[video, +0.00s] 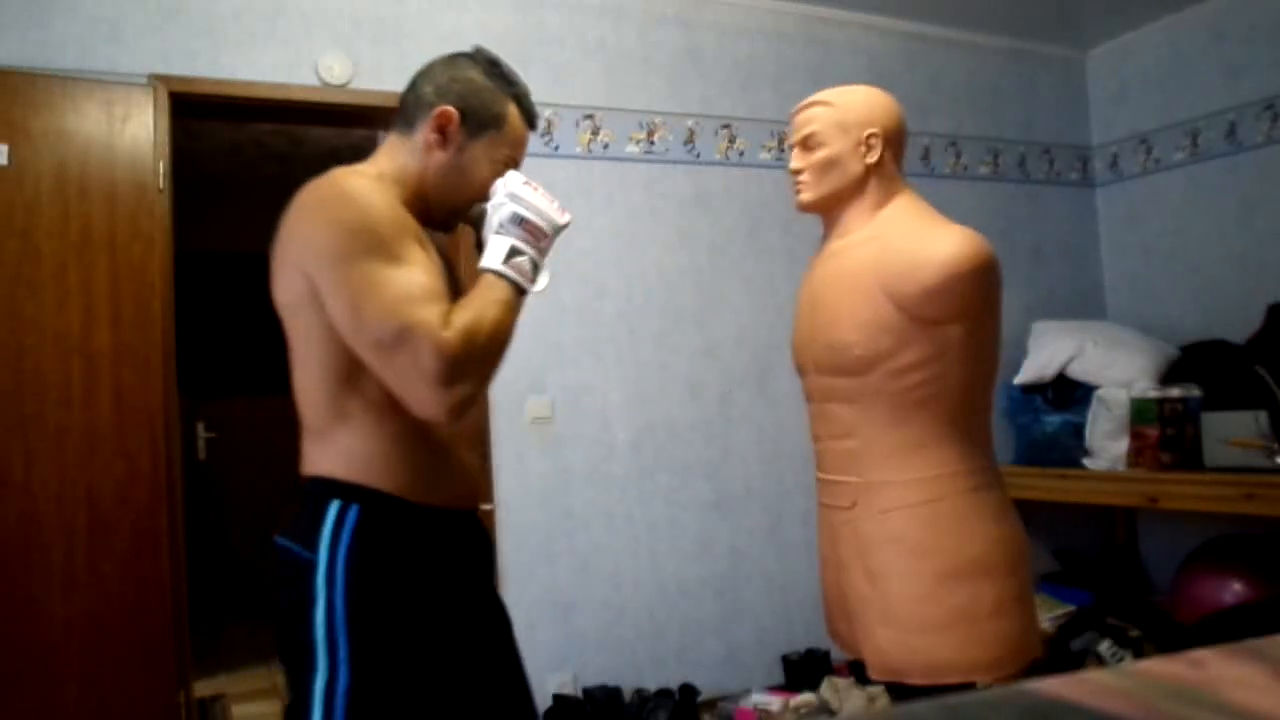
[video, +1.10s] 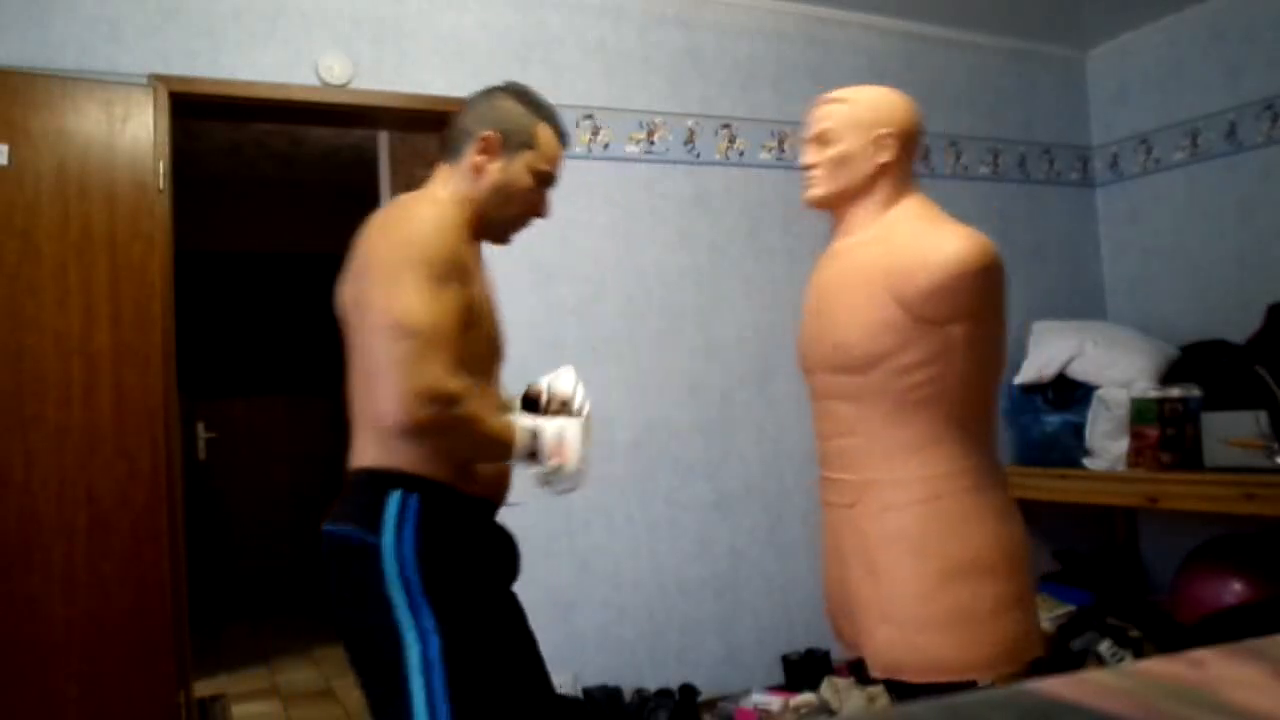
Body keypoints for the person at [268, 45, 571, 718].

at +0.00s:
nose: (499, 190)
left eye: (509, 173)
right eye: (501, 167)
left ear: (441, 134)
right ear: (444, 132)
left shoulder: (447, 233)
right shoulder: (342, 207)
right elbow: (440, 385)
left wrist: (508, 257)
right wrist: (515, 257)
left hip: (447, 544)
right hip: (366, 548)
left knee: (496, 716)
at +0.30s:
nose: (498, 188)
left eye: (507, 169)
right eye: (498, 163)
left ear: (433, 129)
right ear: (437, 126)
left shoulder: (424, 231)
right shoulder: (321, 202)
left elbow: (419, 377)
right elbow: (387, 389)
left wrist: (502, 328)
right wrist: (489, 272)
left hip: (442, 558)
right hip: (353, 565)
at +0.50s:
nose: (571, 199)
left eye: (579, 179)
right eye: (566, 173)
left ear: (504, 150)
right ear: (500, 145)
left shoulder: (522, 261)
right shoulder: (356, 225)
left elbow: (624, 331)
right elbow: (288, 407)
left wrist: (741, 329)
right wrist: (446, 338)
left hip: (468, 574)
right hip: (353, 573)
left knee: (545, 717)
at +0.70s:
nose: (616, 225)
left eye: (622, 203)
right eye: (613, 198)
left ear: (559, 175)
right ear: (561, 173)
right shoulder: (514, 220)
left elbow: (532, 408)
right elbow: (605, 341)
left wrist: (636, 389)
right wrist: (691, 328)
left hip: (470, 543)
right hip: (433, 539)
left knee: (544, 710)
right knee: (412, 709)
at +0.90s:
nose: (594, 222)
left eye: (601, 205)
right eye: (595, 197)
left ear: (540, 164)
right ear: (550, 165)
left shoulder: (443, 236)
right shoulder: (516, 226)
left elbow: (487, 386)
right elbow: (588, 387)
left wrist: (600, 388)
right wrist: (677, 409)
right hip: (460, 525)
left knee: (533, 708)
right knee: (464, 710)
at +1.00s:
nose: (576, 212)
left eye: (582, 193)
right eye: (575, 185)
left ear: (524, 160)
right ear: (527, 158)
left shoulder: (445, 220)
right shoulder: (475, 222)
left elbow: (445, 387)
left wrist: (537, 389)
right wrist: (590, 433)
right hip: (438, 522)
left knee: (521, 706)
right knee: (474, 708)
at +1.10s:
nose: (544, 206)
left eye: (549, 186)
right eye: (539, 179)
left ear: (485, 159)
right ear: (485, 156)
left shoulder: (449, 237)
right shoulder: (418, 228)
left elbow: (447, 391)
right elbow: (410, 403)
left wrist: (528, 408)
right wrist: (531, 438)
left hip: (445, 525)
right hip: (408, 528)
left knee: (519, 708)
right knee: (452, 713)